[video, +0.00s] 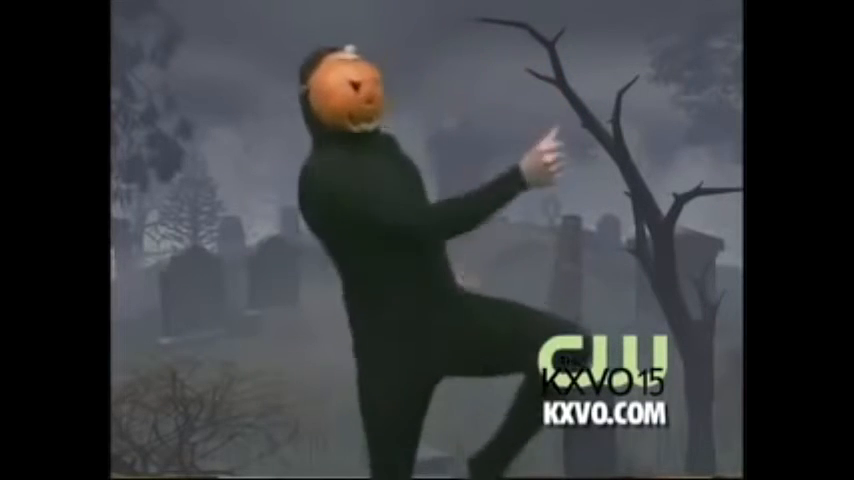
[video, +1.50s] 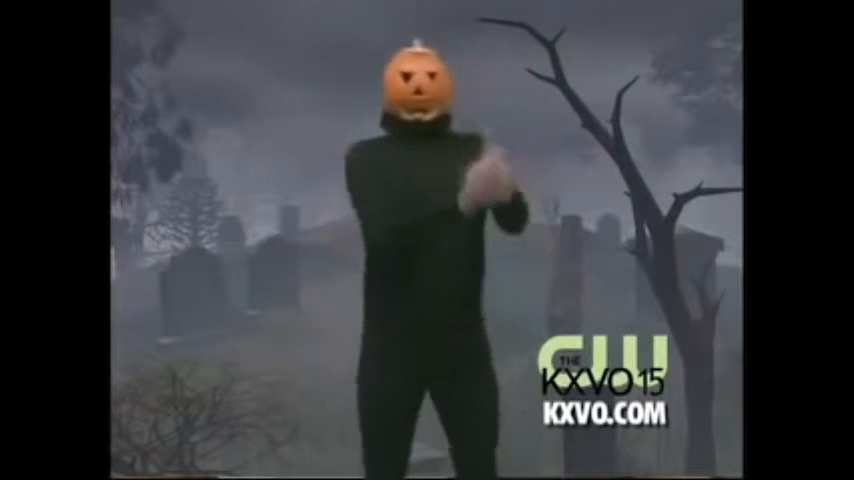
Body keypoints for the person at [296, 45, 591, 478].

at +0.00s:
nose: (363, 85)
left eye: (364, 74)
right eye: (344, 80)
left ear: (377, 84)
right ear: (315, 104)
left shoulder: (383, 151)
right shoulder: (325, 175)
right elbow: (420, 226)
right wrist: (518, 180)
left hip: (446, 319)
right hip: (392, 342)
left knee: (568, 347)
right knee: (391, 470)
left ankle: (492, 462)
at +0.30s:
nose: (415, 95)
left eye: (425, 84)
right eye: (399, 87)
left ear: (438, 95)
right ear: (371, 103)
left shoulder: (456, 153)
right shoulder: (353, 187)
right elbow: (353, 297)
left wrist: (496, 221)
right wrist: (401, 241)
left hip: (456, 337)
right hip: (389, 349)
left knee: (547, 427)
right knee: (386, 470)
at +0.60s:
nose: (471, 110)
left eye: (483, 99)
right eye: (457, 100)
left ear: (502, 110)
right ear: (437, 110)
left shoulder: (525, 183)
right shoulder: (410, 184)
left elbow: (569, 283)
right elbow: (378, 278)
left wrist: (507, 314)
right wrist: (356, 367)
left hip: (504, 375)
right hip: (425, 372)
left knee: (517, 471)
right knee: (392, 471)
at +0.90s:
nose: (488, 69)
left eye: (502, 60)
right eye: (475, 59)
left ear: (520, 78)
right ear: (455, 76)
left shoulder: (535, 153)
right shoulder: (435, 144)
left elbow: (513, 253)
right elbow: (419, 217)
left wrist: (436, 203)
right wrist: (388, 267)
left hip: (502, 336)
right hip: (431, 329)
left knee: (514, 471)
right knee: (354, 452)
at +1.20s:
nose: (460, 114)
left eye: (472, 106)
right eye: (448, 105)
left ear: (488, 118)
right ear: (426, 117)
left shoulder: (510, 190)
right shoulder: (398, 188)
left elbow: (534, 279)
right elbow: (366, 286)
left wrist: (514, 313)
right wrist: (348, 248)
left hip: (494, 372)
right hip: (418, 369)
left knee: (518, 471)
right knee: (380, 471)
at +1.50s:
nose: (419, 84)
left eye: (430, 75)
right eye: (406, 75)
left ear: (448, 88)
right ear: (387, 90)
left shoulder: (472, 151)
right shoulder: (367, 158)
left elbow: (514, 223)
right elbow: (384, 228)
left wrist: (502, 190)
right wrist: (461, 203)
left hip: (459, 340)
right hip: (390, 344)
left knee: (478, 467)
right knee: (384, 469)